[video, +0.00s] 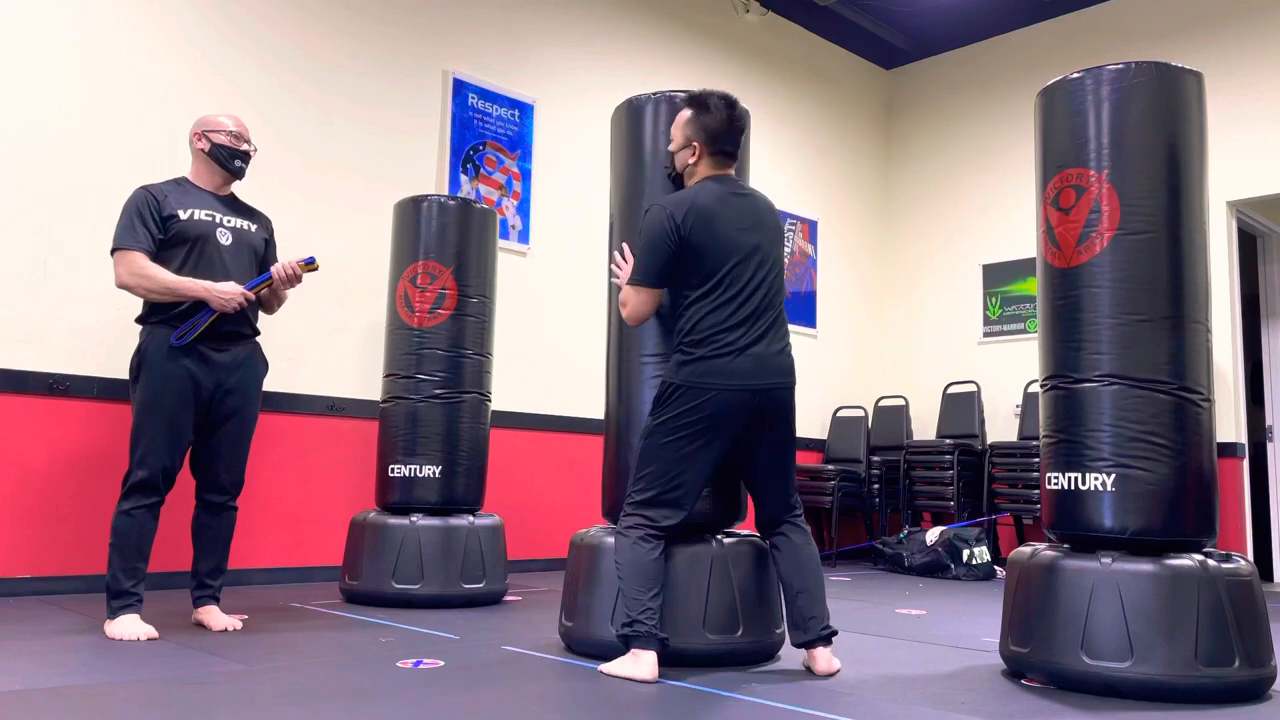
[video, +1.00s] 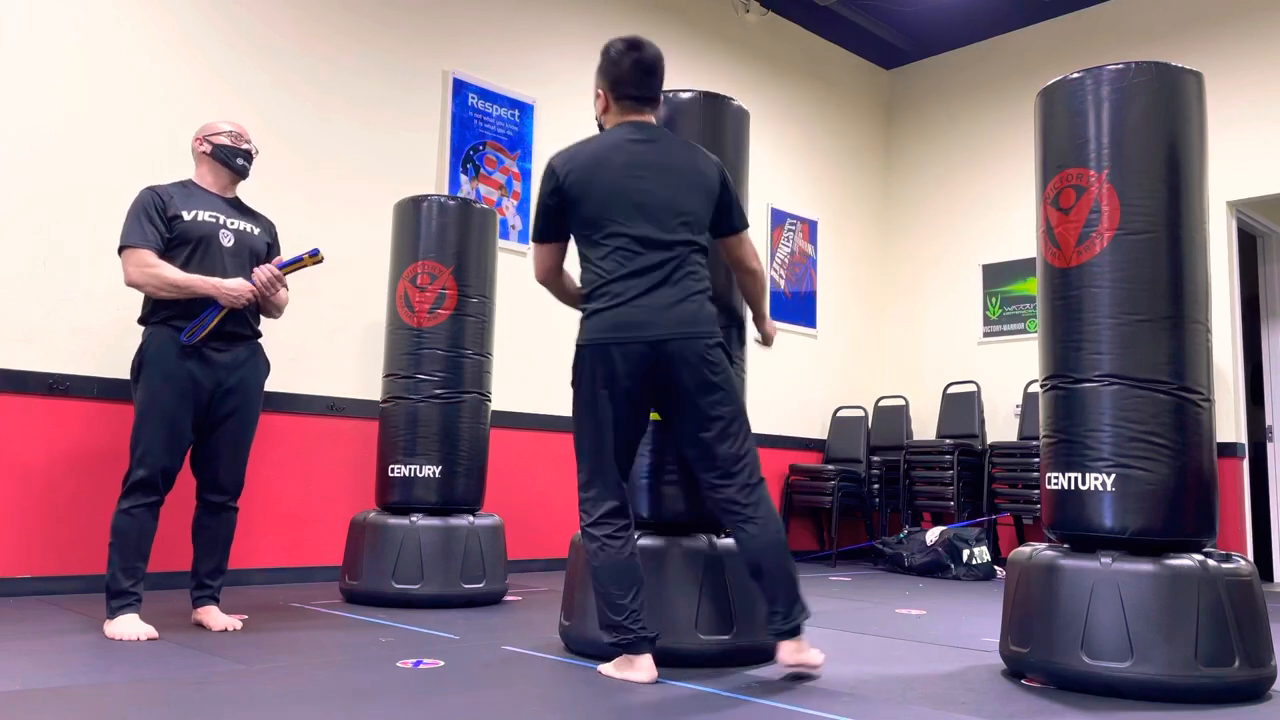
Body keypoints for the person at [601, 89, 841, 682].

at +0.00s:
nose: (671, 151)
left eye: (676, 143)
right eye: (673, 142)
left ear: (696, 150)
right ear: (731, 151)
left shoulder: (674, 214)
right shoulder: (765, 210)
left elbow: (635, 310)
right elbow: (741, 287)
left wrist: (630, 284)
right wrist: (663, 276)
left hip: (703, 382)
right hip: (774, 381)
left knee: (645, 518)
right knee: (783, 514)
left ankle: (641, 653)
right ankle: (820, 647)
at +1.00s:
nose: (594, 102)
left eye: (595, 94)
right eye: (599, 93)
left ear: (602, 96)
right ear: (659, 96)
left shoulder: (570, 165)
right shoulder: (702, 164)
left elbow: (547, 271)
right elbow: (746, 263)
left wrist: (587, 300)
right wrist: (762, 316)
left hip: (609, 342)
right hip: (695, 339)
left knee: (605, 502)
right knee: (739, 485)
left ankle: (635, 654)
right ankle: (792, 636)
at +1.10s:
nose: (594, 88)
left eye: (587, 81)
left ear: (588, 85)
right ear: (652, 85)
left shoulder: (554, 154)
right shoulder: (691, 152)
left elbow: (528, 263)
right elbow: (729, 259)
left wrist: (552, 325)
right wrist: (751, 336)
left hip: (592, 333)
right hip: (676, 330)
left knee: (602, 495)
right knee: (714, 470)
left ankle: (633, 653)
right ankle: (714, 626)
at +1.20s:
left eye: (584, 73)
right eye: (637, 72)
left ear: (574, 77)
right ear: (641, 78)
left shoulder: (538, 149)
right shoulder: (680, 146)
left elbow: (510, 258)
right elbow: (710, 253)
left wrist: (507, 342)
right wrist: (730, 341)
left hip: (571, 330)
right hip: (655, 327)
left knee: (598, 486)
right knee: (682, 475)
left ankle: (625, 650)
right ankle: (621, 611)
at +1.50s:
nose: (596, 64)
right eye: (596, 54)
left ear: (523, 63)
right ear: (589, 54)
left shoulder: (479, 131)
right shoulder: (610, 117)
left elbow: (451, 237)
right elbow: (652, 231)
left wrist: (425, 330)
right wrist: (657, 326)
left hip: (496, 318)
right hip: (572, 310)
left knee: (533, 471)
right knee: (567, 487)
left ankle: (525, 626)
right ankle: (538, 678)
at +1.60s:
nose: (570, 48)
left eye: (563, 38)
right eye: (568, 38)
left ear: (499, 49)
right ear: (562, 40)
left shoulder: (460, 124)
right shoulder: (581, 99)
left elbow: (437, 235)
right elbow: (620, 203)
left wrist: (435, 330)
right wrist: (625, 285)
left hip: (471, 311)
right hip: (544, 307)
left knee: (485, 474)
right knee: (541, 490)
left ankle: (430, 626)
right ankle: (532, 680)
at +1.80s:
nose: (519, 60)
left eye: (516, 47)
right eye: (517, 47)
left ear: (448, 55)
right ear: (501, 48)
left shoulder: (416, 124)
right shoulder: (500, 105)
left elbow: (414, 237)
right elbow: (532, 199)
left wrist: (497, 280)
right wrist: (575, 224)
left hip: (407, 316)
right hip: (469, 313)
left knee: (379, 487)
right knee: (509, 488)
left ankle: (325, 656)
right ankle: (528, 678)